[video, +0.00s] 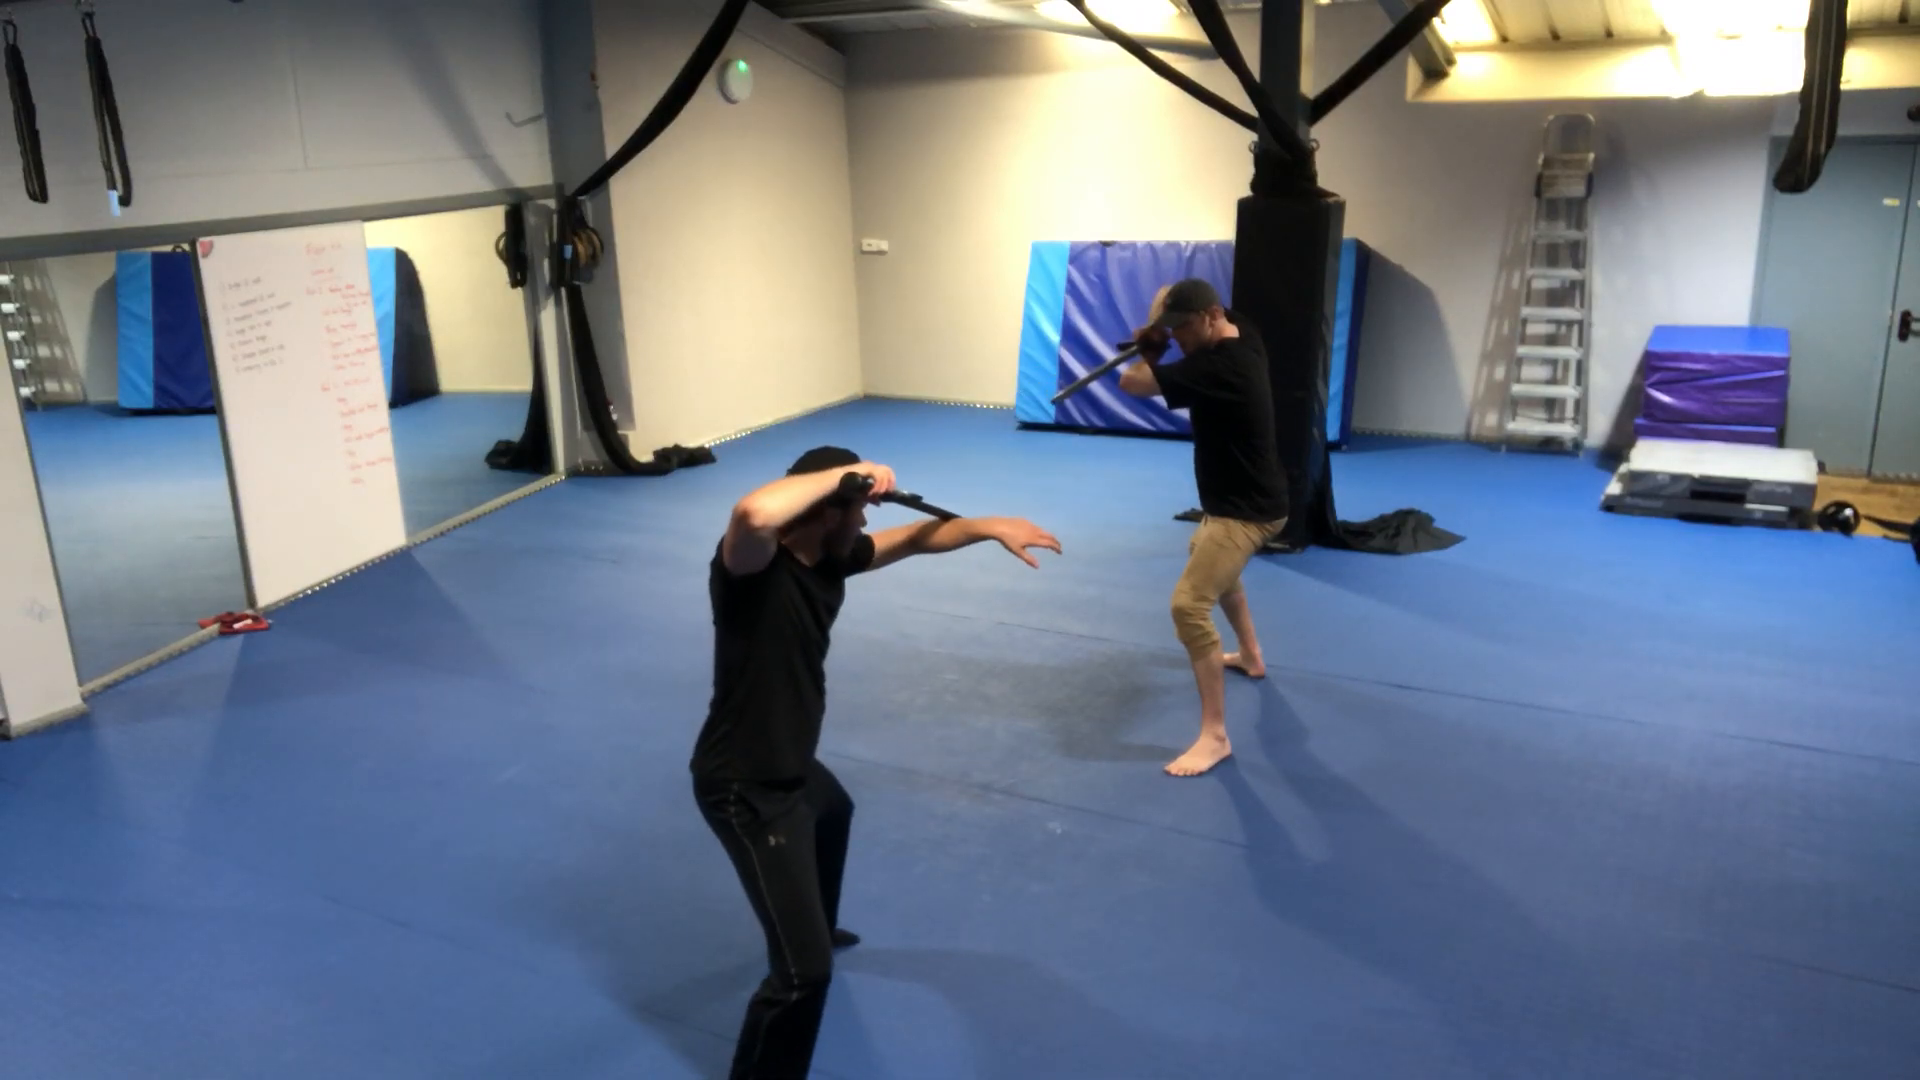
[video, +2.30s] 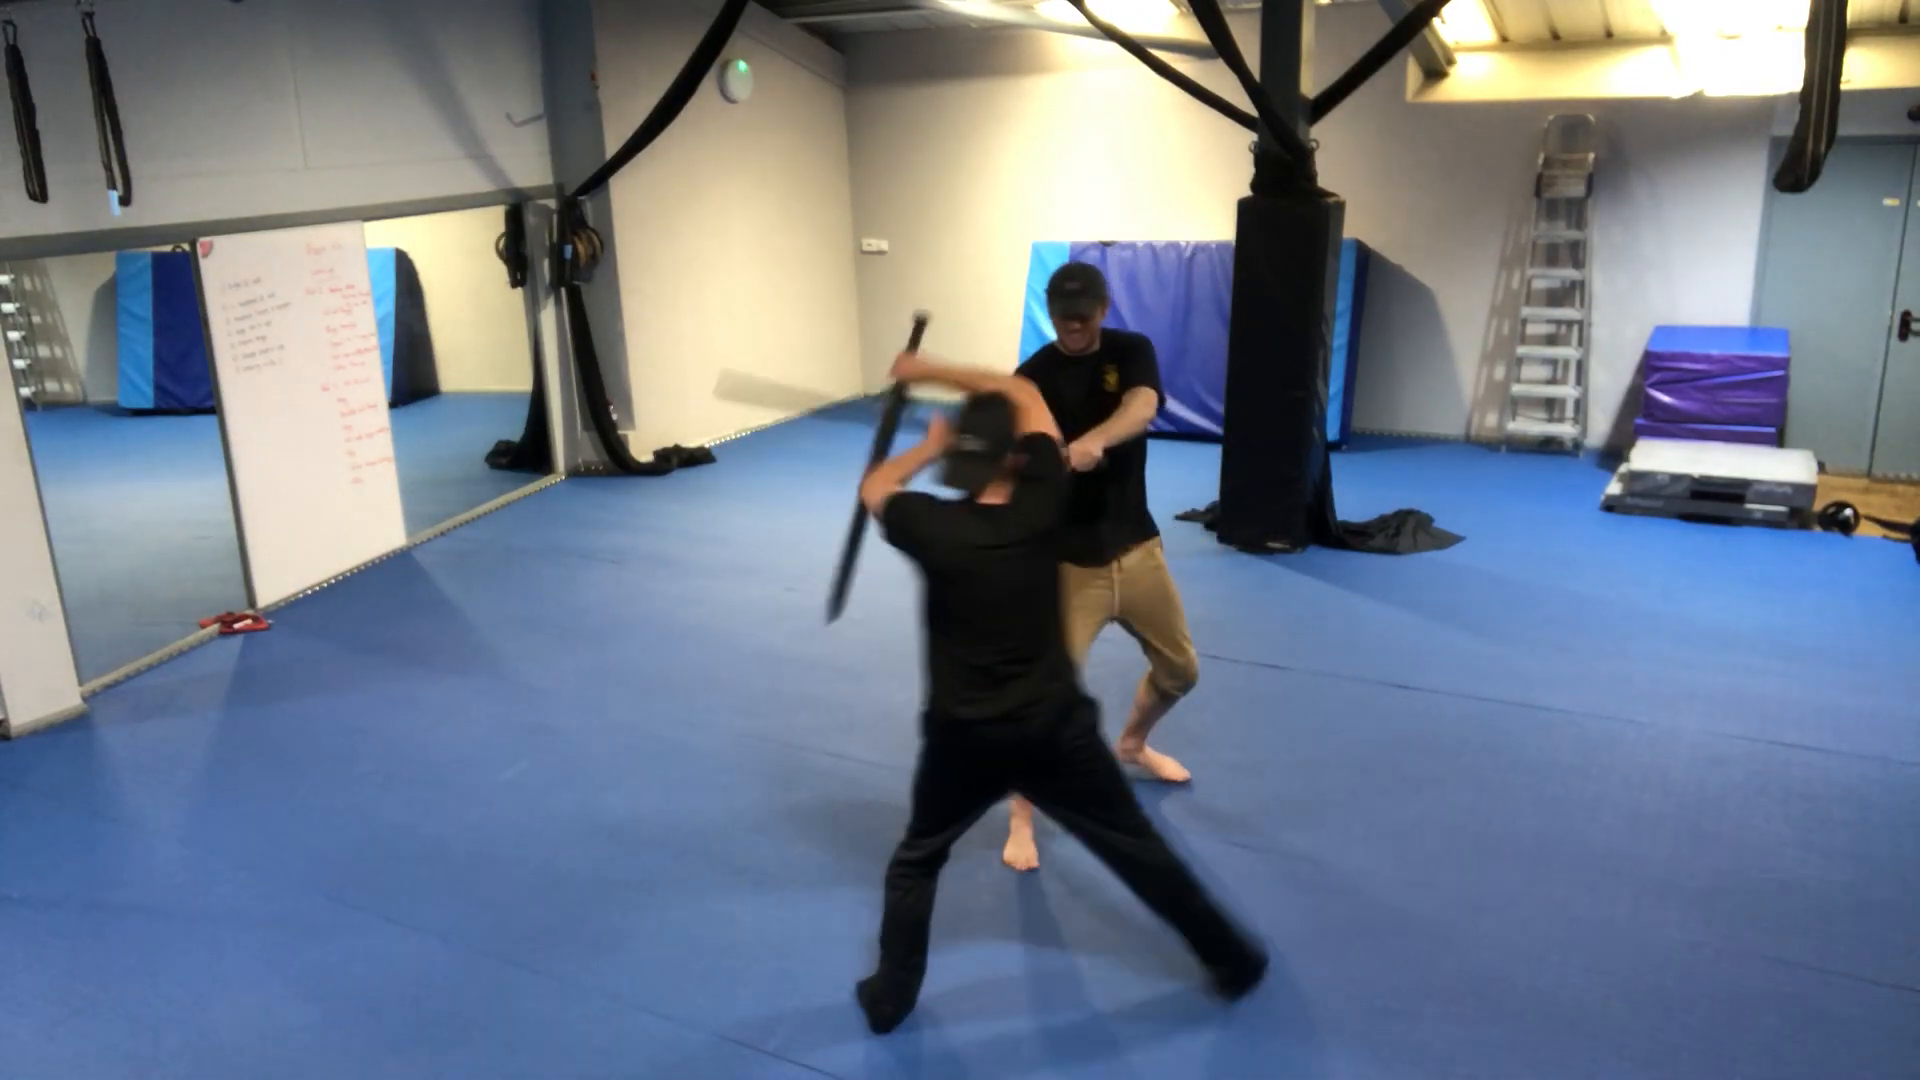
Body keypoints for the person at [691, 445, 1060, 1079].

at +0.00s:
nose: (863, 522)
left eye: (863, 508)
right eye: (854, 509)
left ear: (836, 513)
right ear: (822, 511)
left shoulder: (831, 560)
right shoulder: (752, 566)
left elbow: (916, 537)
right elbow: (753, 512)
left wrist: (991, 525)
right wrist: (842, 478)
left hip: (789, 765)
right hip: (742, 783)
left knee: (833, 812)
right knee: (804, 968)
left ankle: (813, 929)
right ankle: (758, 1076)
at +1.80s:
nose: (876, 499)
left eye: (877, 487)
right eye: (867, 486)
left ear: (855, 482)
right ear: (834, 482)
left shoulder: (849, 541)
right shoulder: (782, 544)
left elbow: (905, 545)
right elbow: (842, 492)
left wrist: (960, 523)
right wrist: (928, 451)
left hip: (831, 752)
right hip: (795, 761)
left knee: (878, 809)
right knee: (812, 959)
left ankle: (829, 947)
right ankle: (767, 1075)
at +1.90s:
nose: (884, 481)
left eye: (884, 471)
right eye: (882, 471)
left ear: (818, 465)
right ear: (869, 474)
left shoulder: (822, 532)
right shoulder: (816, 536)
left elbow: (887, 535)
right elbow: (911, 474)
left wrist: (938, 504)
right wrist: (964, 406)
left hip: (851, 743)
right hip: (850, 750)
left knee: (887, 860)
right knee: (870, 921)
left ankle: (888, 992)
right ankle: (784, 1068)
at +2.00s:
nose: (885, 472)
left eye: (867, 467)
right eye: (880, 464)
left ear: (816, 477)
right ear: (872, 474)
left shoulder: (794, 535)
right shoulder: (888, 513)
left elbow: (865, 500)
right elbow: (979, 417)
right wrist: (979, 341)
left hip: (847, 742)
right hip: (910, 743)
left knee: (892, 838)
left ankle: (890, 987)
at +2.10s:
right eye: (894, 451)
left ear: (836, 466)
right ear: (891, 465)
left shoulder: (815, 526)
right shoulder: (931, 499)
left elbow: (868, 460)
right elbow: (984, 394)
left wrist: (950, 414)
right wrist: (976, 311)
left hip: (879, 736)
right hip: (953, 731)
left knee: (904, 841)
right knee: (1055, 874)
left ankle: (884, 993)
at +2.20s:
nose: (958, 440)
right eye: (951, 438)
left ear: (882, 463)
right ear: (945, 459)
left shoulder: (855, 520)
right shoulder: (976, 491)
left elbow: (868, 466)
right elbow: (1004, 382)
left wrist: (932, 425)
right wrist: (954, 327)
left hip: (921, 736)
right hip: (1005, 725)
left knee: (911, 854)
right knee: (1096, 851)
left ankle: (889, 995)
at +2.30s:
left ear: (955, 461)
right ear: (1009, 461)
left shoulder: (931, 526)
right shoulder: (1040, 506)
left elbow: (874, 491)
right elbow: (1023, 391)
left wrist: (928, 445)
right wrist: (933, 369)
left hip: (963, 736)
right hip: (1051, 728)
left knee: (918, 859)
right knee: (1135, 845)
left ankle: (891, 999)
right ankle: (1233, 961)